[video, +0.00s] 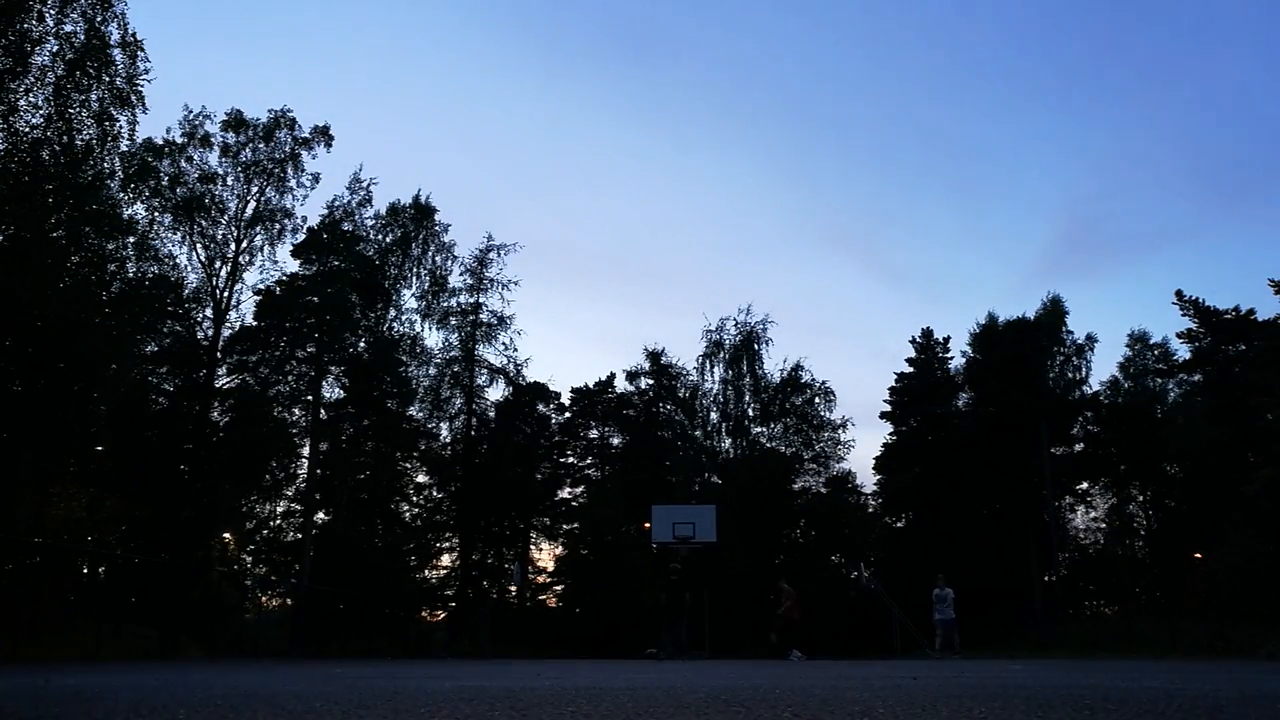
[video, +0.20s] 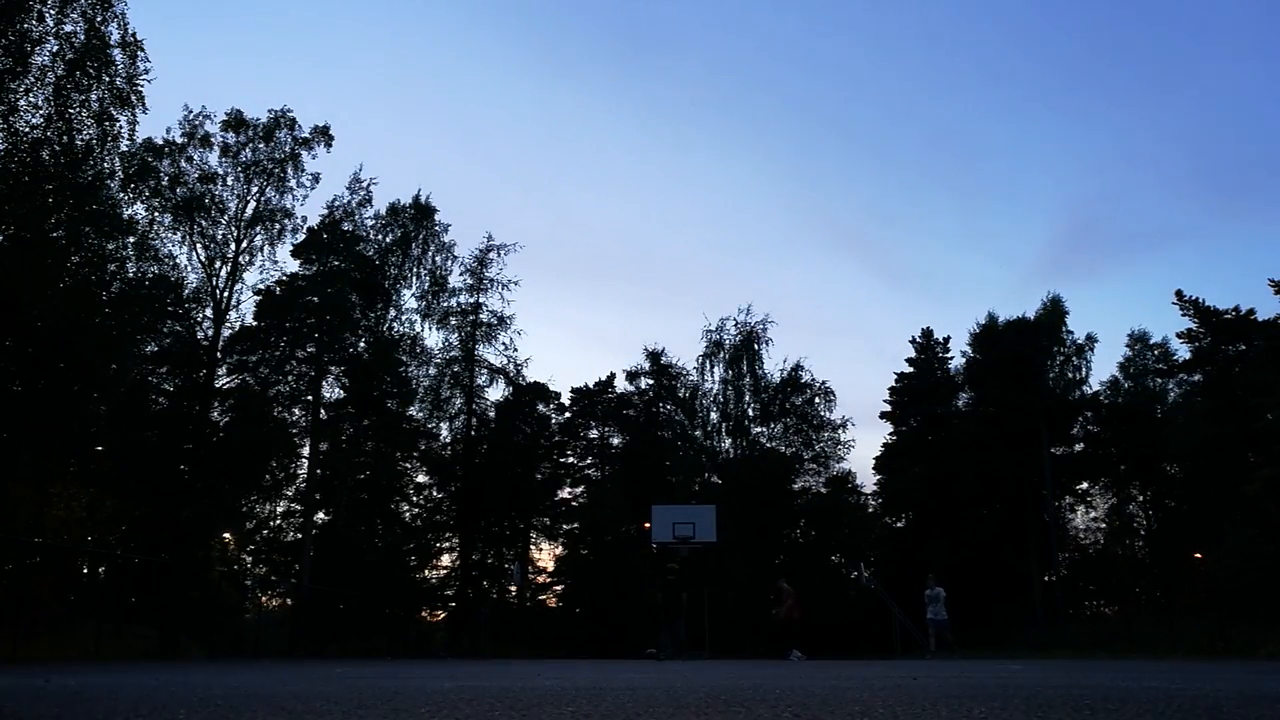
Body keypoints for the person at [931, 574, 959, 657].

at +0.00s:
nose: (941, 584)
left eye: (942, 582)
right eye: (939, 582)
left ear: (944, 583)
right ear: (938, 583)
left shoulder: (949, 592)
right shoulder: (935, 592)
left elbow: (950, 603)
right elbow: (935, 603)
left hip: (949, 616)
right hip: (939, 617)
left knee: (953, 633)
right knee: (939, 634)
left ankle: (956, 650)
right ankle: (937, 650)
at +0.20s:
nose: (931, 583)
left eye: (932, 581)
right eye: (930, 582)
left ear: (934, 582)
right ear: (928, 583)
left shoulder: (940, 591)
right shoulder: (927, 593)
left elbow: (942, 603)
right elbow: (927, 604)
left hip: (941, 616)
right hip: (931, 616)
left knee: (945, 633)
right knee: (932, 634)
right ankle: (932, 650)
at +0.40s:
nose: (924, 581)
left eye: (925, 579)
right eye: (922, 579)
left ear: (927, 579)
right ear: (921, 580)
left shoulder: (933, 588)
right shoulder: (919, 590)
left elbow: (938, 599)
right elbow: (918, 602)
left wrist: (940, 610)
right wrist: (916, 613)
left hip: (933, 613)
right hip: (923, 614)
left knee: (932, 631)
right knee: (926, 632)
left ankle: (933, 650)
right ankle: (929, 651)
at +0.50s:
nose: (920, 581)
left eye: (921, 579)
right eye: (919, 579)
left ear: (923, 579)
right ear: (917, 580)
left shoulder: (930, 588)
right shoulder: (915, 590)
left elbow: (936, 600)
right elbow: (913, 602)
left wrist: (939, 611)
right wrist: (912, 612)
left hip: (928, 613)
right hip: (919, 614)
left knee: (927, 631)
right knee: (924, 632)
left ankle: (931, 651)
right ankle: (929, 651)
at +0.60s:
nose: (916, 581)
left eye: (917, 580)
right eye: (915, 580)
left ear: (920, 580)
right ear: (914, 581)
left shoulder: (926, 589)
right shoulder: (912, 590)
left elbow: (932, 600)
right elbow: (908, 602)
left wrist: (938, 611)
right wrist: (906, 612)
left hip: (924, 614)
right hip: (916, 615)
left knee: (921, 631)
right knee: (923, 632)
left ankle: (920, 649)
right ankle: (929, 648)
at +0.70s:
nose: (912, 582)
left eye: (914, 580)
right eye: (911, 580)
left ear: (916, 581)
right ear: (910, 581)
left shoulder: (922, 590)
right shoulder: (908, 591)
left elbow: (928, 601)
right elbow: (904, 602)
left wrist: (932, 610)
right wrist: (901, 611)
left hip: (920, 615)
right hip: (911, 615)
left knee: (916, 631)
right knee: (918, 633)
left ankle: (912, 650)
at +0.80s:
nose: (908, 582)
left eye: (909, 581)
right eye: (906, 581)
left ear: (911, 581)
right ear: (905, 582)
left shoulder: (917, 590)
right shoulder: (903, 591)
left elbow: (922, 600)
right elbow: (900, 602)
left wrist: (925, 610)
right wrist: (897, 612)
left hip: (915, 614)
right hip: (906, 614)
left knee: (911, 632)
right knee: (913, 632)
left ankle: (908, 651)